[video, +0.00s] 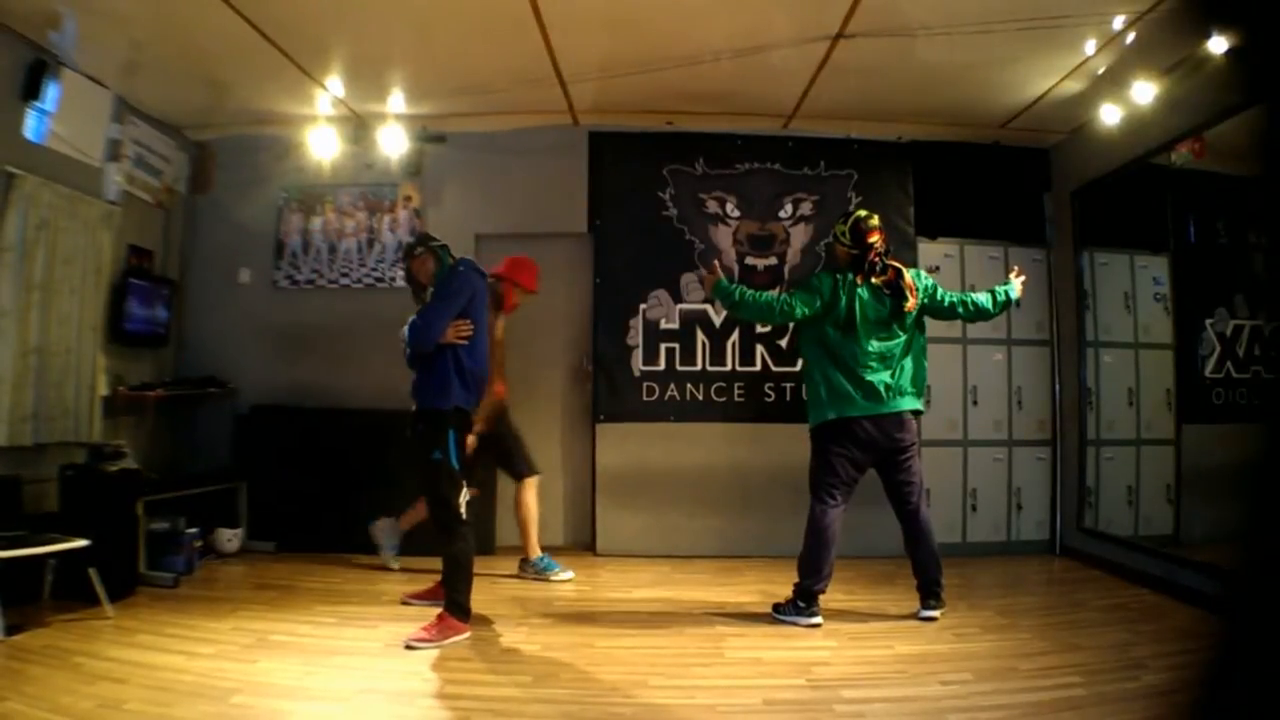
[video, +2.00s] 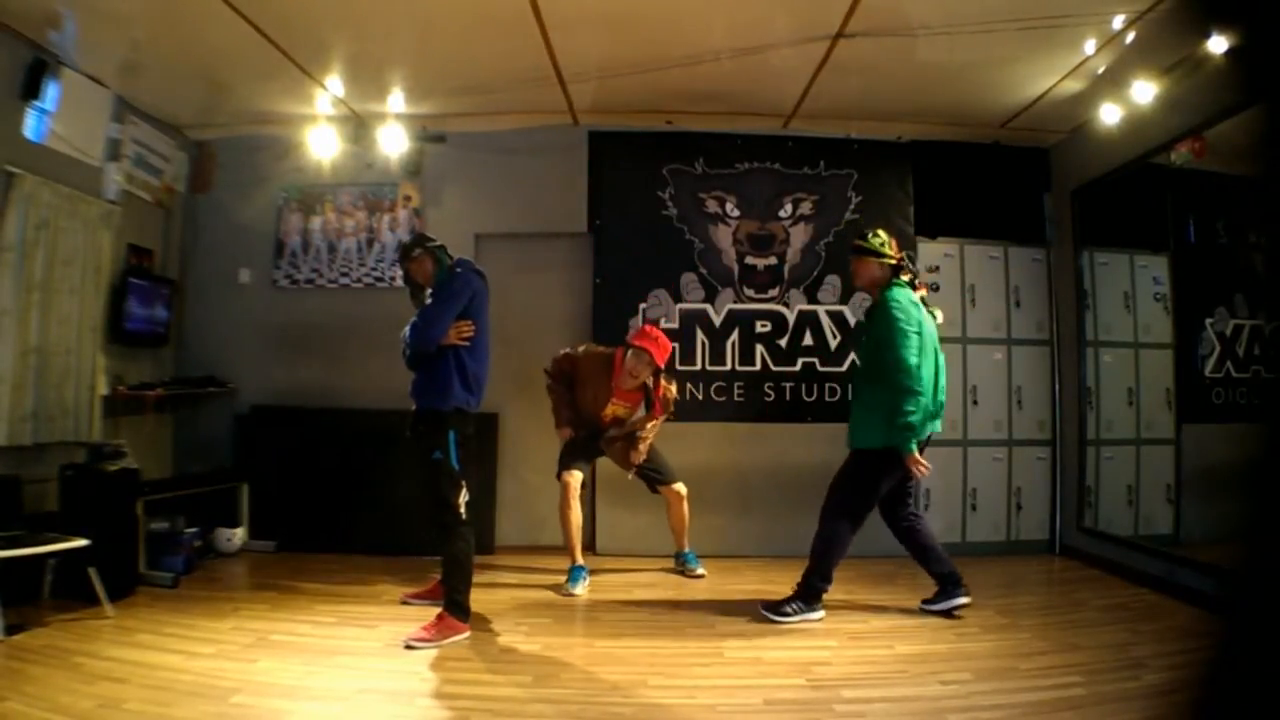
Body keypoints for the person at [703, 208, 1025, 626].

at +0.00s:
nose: (832, 251)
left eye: (837, 245)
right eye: (836, 245)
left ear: (847, 249)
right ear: (879, 248)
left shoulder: (826, 287)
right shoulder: (908, 283)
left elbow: (778, 307)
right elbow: (962, 305)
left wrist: (722, 290)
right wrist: (1009, 291)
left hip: (841, 419)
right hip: (898, 418)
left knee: (827, 504)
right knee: (913, 507)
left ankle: (807, 601)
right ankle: (932, 597)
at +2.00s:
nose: (852, 269)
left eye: (859, 261)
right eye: (854, 261)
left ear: (881, 265)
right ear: (883, 266)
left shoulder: (892, 307)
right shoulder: (910, 304)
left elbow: (907, 379)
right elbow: (932, 375)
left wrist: (907, 442)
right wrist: (924, 429)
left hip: (882, 437)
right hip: (900, 437)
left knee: (841, 510)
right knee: (901, 514)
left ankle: (808, 597)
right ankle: (951, 585)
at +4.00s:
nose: (763, 305)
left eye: (766, 297)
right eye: (761, 298)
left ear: (789, 290)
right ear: (784, 294)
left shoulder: (839, 306)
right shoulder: (793, 337)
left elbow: (873, 342)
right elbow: (774, 389)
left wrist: (861, 377)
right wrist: (717, 389)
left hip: (866, 439)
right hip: (837, 446)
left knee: (824, 515)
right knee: (876, 527)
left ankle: (801, 604)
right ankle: (950, 571)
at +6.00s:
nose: (910, 219)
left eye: (916, 212)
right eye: (901, 213)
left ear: (925, 222)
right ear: (882, 221)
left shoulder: (940, 271)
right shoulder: (859, 269)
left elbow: (952, 329)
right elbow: (854, 331)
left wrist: (976, 328)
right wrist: (910, 333)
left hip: (923, 408)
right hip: (872, 407)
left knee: (933, 501)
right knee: (878, 507)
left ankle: (928, 596)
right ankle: (883, 602)